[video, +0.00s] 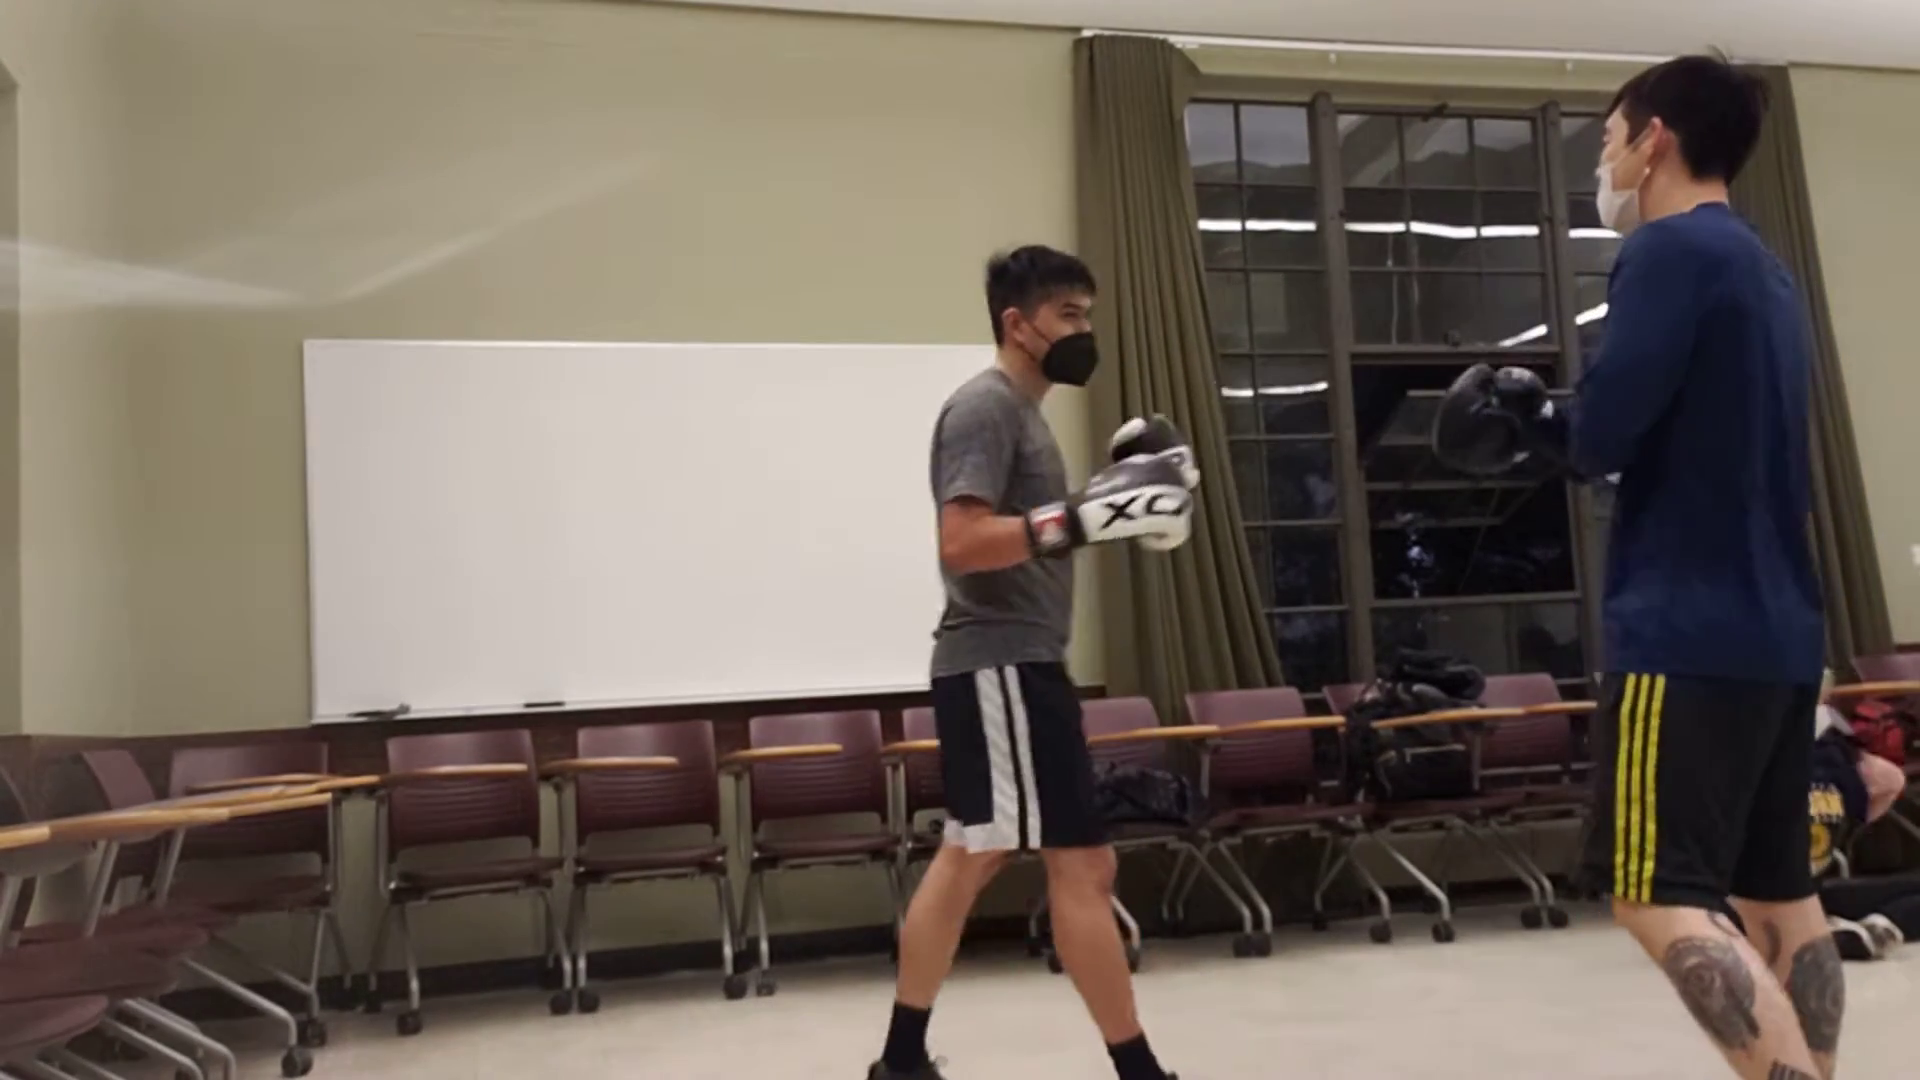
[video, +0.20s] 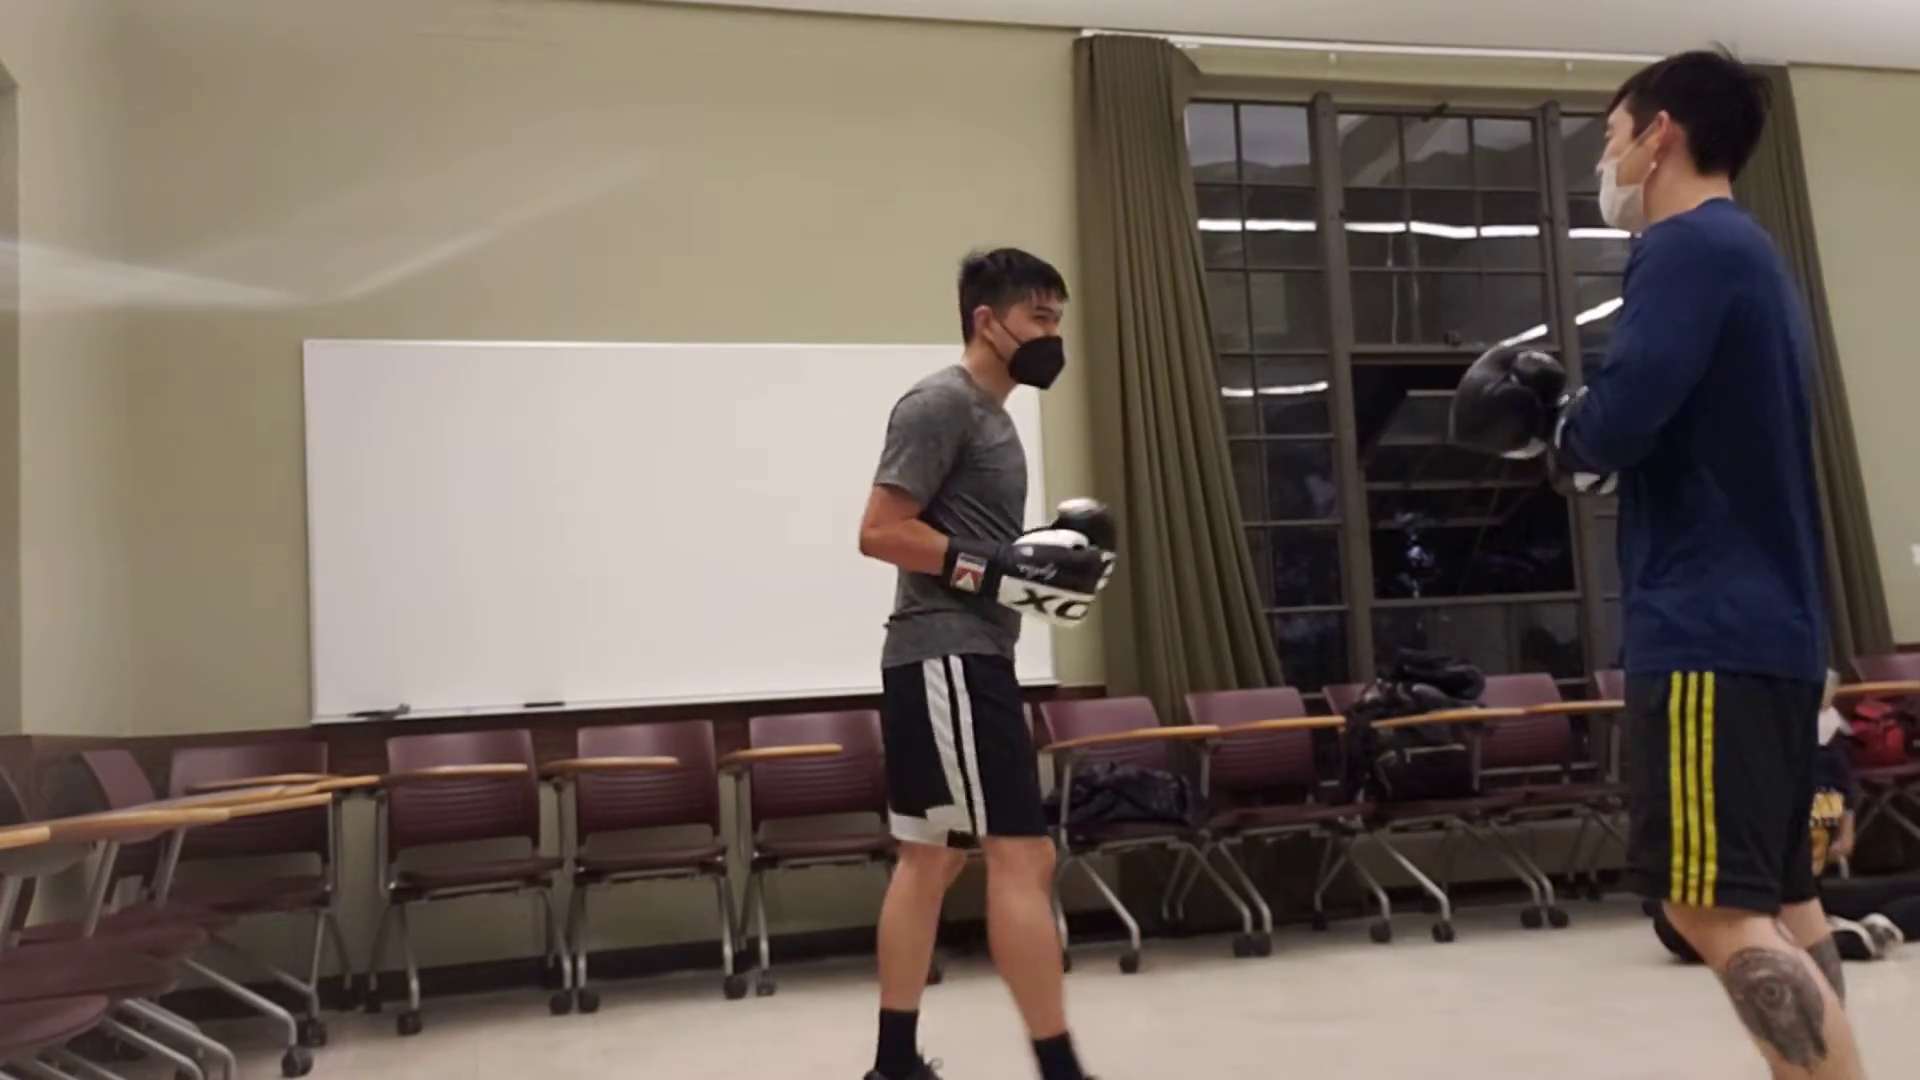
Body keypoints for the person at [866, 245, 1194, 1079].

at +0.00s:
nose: (1082, 330)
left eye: (1086, 315)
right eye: (1067, 313)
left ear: (1034, 324)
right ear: (1015, 318)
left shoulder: (1023, 413)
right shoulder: (983, 407)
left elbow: (1030, 530)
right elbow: (960, 546)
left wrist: (1107, 491)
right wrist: (1075, 519)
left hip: (1019, 661)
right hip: (998, 664)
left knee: (970, 854)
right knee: (1082, 867)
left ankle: (901, 1058)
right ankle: (1141, 1070)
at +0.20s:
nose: (1053, 333)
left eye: (1056, 318)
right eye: (1039, 316)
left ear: (1002, 324)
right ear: (984, 317)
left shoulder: (987, 413)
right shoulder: (940, 403)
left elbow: (960, 534)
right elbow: (881, 531)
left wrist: (1040, 549)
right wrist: (994, 566)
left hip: (950, 653)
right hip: (951, 658)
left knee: (929, 855)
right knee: (1022, 857)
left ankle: (895, 1061)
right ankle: (1061, 1068)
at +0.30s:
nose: (1036, 328)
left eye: (1040, 313)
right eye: (1021, 310)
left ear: (984, 321)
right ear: (966, 314)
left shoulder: (969, 407)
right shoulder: (936, 401)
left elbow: (937, 532)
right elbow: (878, 530)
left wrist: (1018, 557)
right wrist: (984, 567)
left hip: (936, 653)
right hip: (944, 657)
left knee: (920, 857)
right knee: (1001, 862)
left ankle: (893, 1063)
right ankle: (977, 1070)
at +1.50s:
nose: (995, 342)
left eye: (1001, 326)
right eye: (978, 326)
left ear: (1003, 320)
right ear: (927, 326)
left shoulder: (950, 419)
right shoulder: (907, 411)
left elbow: (976, 540)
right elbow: (942, 536)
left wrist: (1039, 479)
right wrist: (1032, 476)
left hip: (963, 658)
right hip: (951, 660)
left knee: (941, 854)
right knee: (1019, 860)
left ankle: (897, 1058)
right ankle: (1040, 1071)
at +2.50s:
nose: (967, 335)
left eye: (972, 319)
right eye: (948, 320)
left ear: (972, 315)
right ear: (898, 324)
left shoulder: (922, 414)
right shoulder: (869, 414)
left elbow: (903, 542)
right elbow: (841, 554)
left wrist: (977, 553)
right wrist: (950, 570)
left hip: (909, 659)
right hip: (878, 661)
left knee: (893, 864)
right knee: (941, 860)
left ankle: (882, 1060)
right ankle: (948, 1067)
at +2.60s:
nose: (950, 334)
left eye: (956, 318)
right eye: (931, 319)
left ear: (957, 319)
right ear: (882, 323)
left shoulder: (906, 414)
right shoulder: (856, 416)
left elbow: (883, 535)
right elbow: (807, 551)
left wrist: (947, 554)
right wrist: (914, 589)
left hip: (897, 658)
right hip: (862, 662)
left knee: (903, 862)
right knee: (908, 863)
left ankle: (878, 1052)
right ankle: (873, 1056)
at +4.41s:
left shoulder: (887, 442)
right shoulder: (802, 426)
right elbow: (761, 549)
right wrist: (823, 635)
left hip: (845, 661)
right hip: (785, 661)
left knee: (842, 874)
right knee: (797, 871)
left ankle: (820, 1047)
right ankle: (793, 1052)